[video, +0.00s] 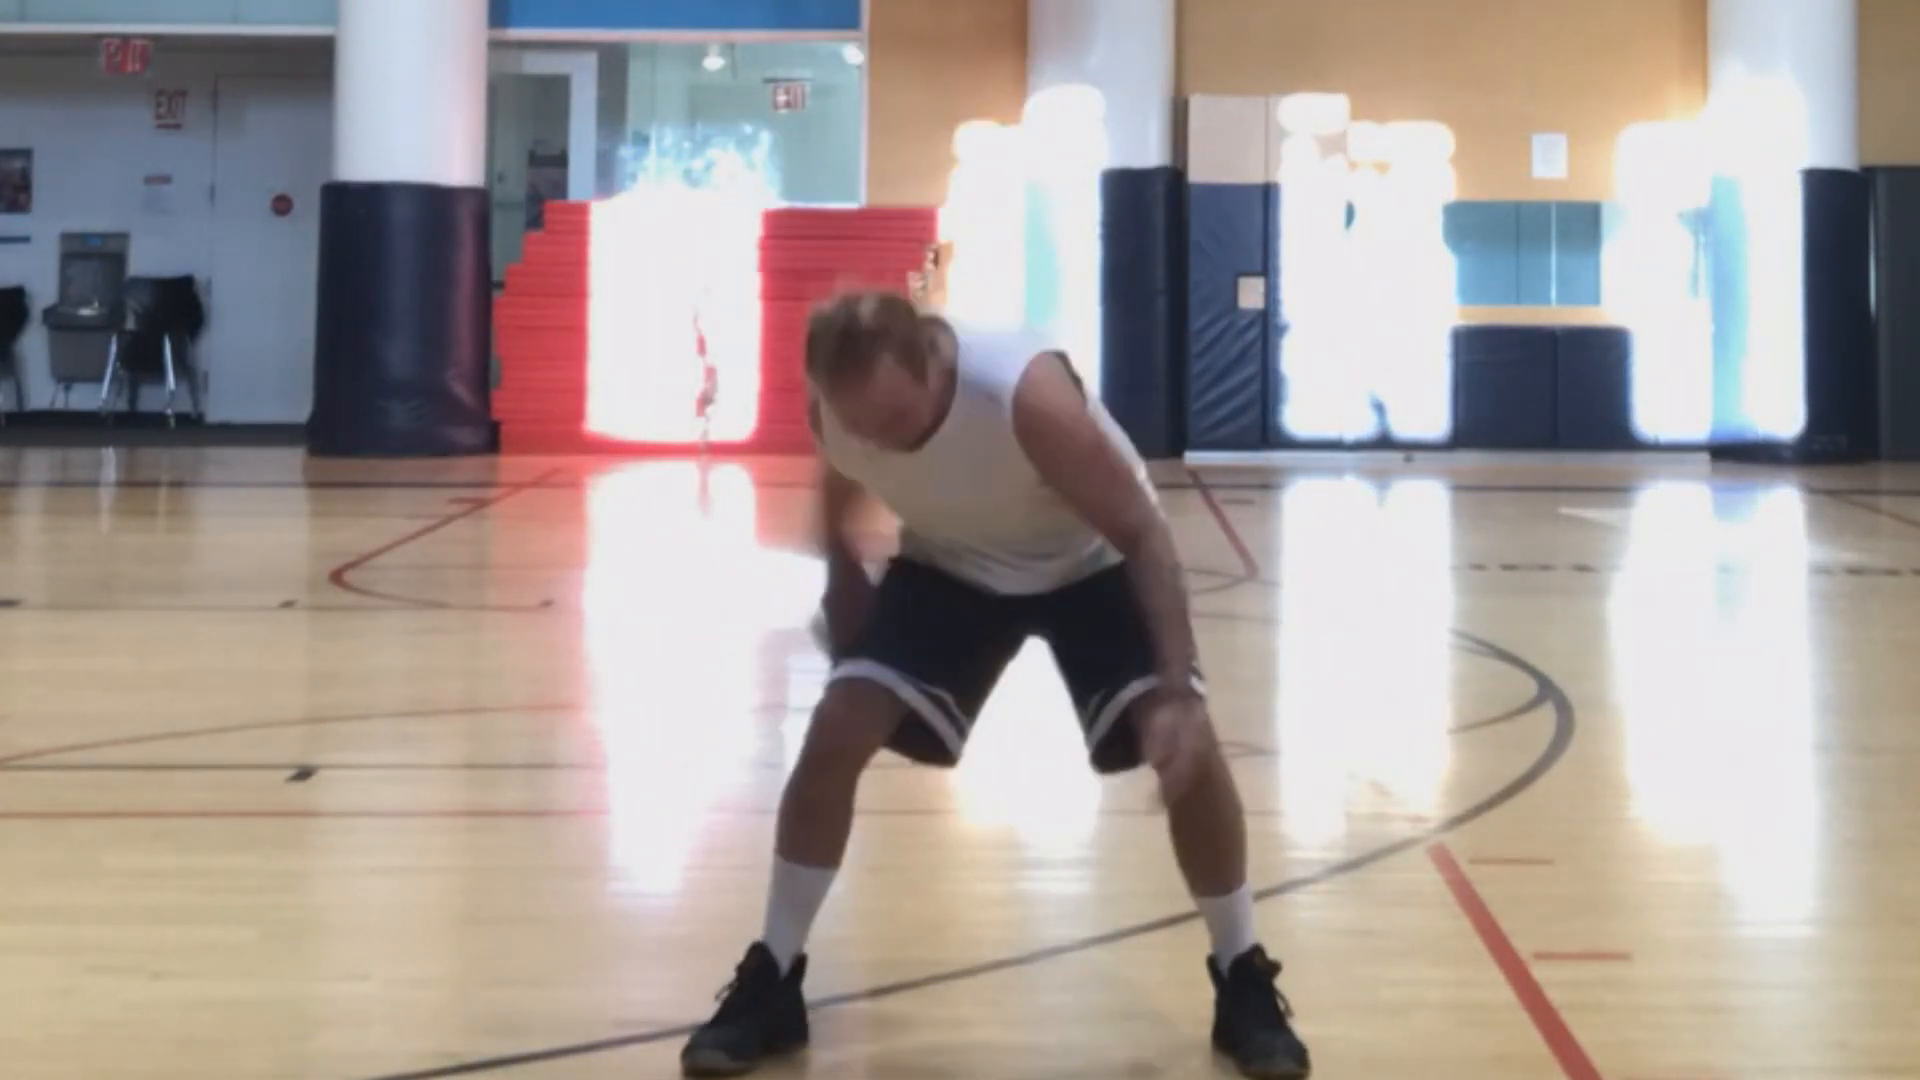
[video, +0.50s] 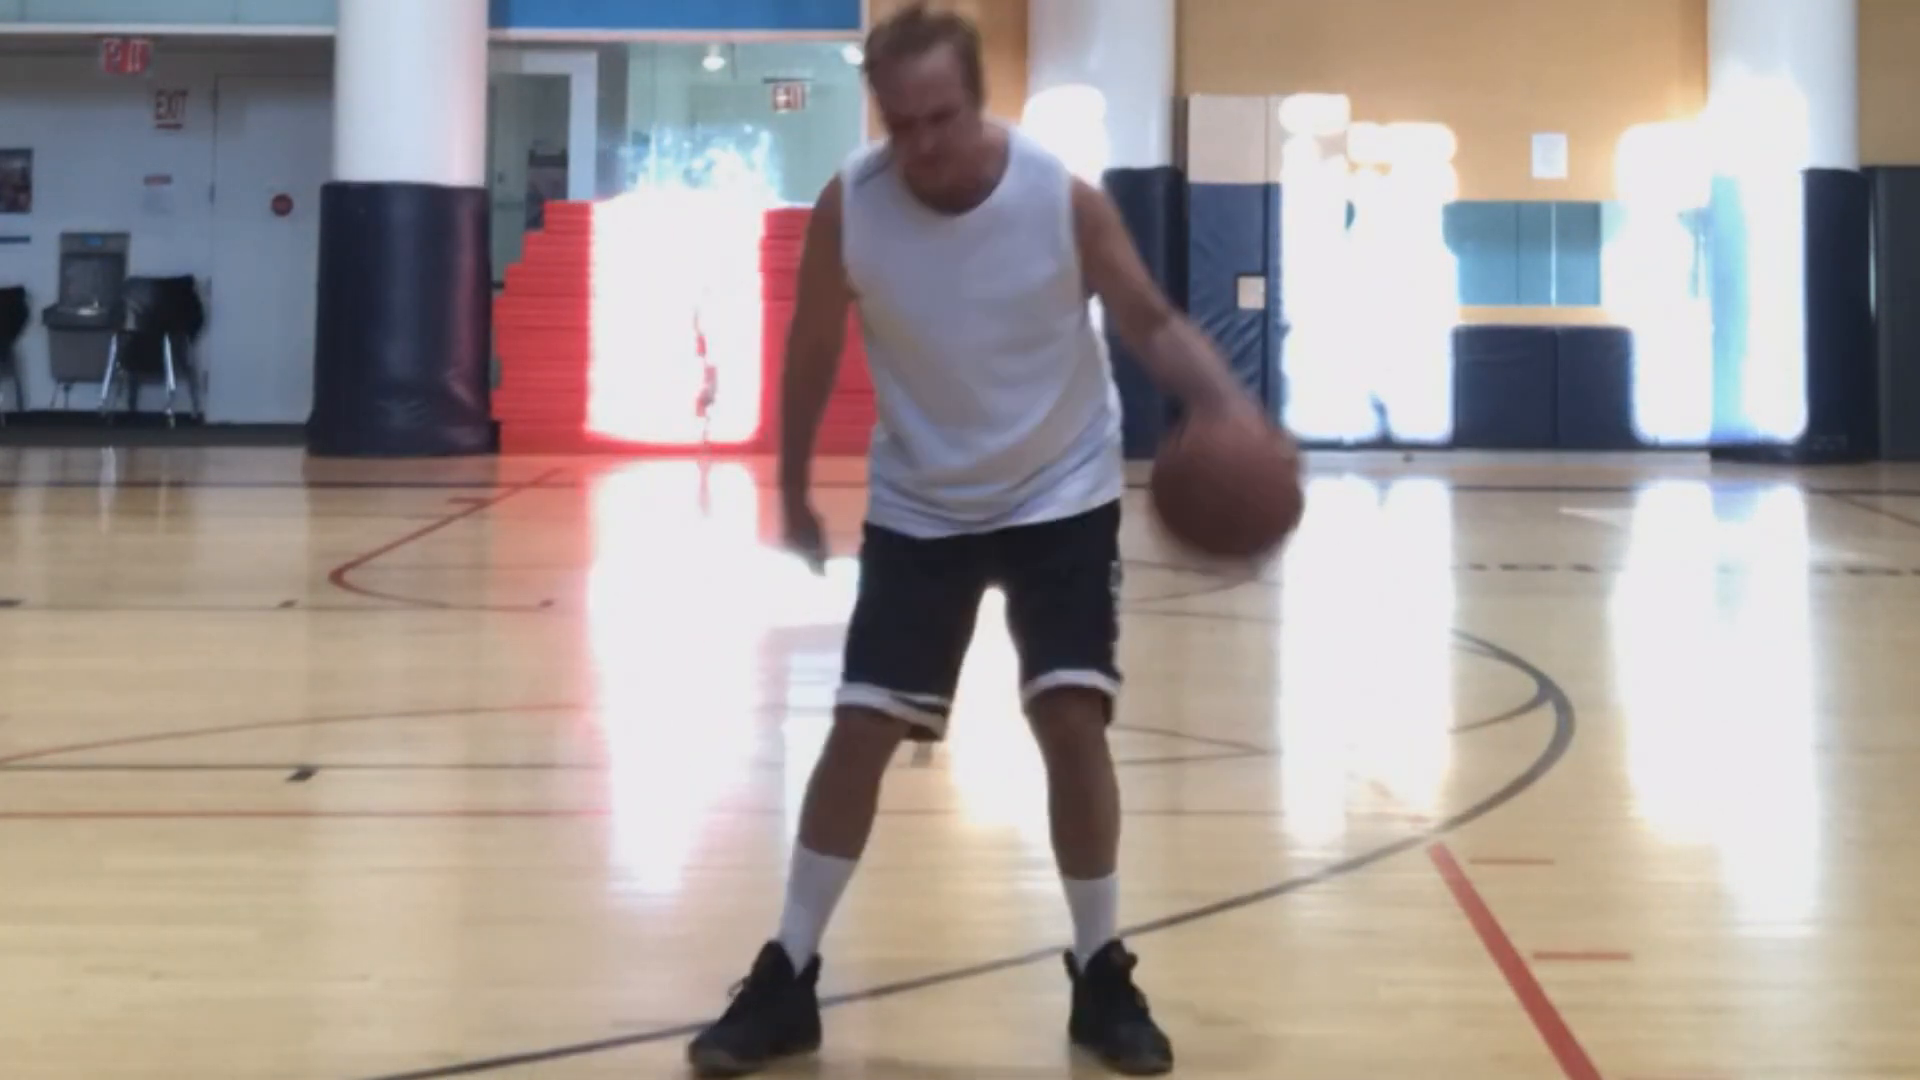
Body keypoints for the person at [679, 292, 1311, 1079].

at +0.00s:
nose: (879, 438)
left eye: (892, 418)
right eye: (861, 424)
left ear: (933, 366)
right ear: (830, 394)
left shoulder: (1029, 397)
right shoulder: (836, 402)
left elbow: (1144, 532)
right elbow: (843, 479)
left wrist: (1178, 682)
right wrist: (844, 575)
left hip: (1092, 560)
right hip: (950, 560)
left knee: (1187, 745)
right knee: (840, 724)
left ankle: (1246, 987)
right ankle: (770, 985)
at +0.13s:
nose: (1077, 390)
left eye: (1093, 375)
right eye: (1059, 376)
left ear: (1119, 340)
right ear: (1022, 340)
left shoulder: (1169, 365)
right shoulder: (950, 371)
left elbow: (1321, 447)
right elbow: (874, 479)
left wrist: (1398, 543)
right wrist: (846, 593)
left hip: (1120, 555)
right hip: (968, 555)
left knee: (1203, 724)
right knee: (868, 737)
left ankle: (1256, 984)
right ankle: (762, 980)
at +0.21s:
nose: (1077, 406)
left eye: (1095, 392)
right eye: (1059, 391)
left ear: (1126, 348)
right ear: (1022, 342)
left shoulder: (1175, 364)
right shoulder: (946, 364)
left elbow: (1327, 420)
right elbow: (863, 460)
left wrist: (1389, 502)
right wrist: (818, 560)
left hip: (1117, 552)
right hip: (959, 551)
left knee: (1202, 734)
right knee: (852, 733)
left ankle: (1263, 987)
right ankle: (752, 981)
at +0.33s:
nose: (1034, 425)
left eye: (1050, 410)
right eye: (1017, 411)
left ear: (1085, 366)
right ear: (984, 370)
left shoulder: (1144, 390)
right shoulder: (933, 376)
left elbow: (1252, 500)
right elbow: (853, 455)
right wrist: (821, 545)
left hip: (1123, 555)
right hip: (966, 553)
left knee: (1219, 726)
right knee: (849, 742)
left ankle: (1266, 986)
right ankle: (734, 985)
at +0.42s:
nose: (736, 433)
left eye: (752, 418)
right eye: (731, 417)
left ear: (819, 378)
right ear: (738, 392)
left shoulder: (955, 414)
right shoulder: (753, 406)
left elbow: (1090, 531)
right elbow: (644, 548)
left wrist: (1087, 708)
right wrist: (515, 689)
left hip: (1060, 543)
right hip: (920, 547)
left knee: (1153, 742)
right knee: (812, 714)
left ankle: (1281, 984)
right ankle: (780, 985)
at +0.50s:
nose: (922, 142)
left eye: (941, 116)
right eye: (900, 122)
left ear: (981, 98)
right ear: (876, 115)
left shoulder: (1064, 203)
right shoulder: (848, 213)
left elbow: (1154, 327)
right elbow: (811, 354)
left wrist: (1235, 414)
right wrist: (792, 483)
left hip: (1062, 493)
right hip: (921, 502)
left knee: (1071, 717)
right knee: (864, 724)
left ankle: (1103, 977)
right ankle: (787, 977)